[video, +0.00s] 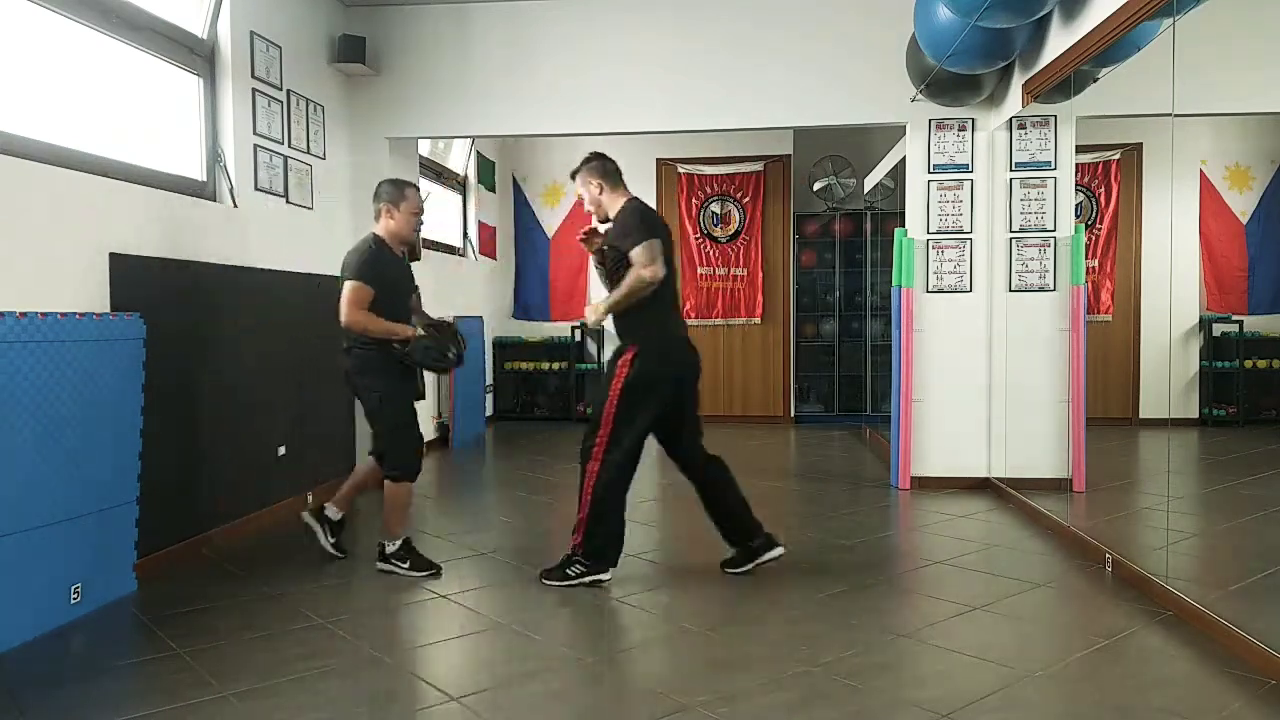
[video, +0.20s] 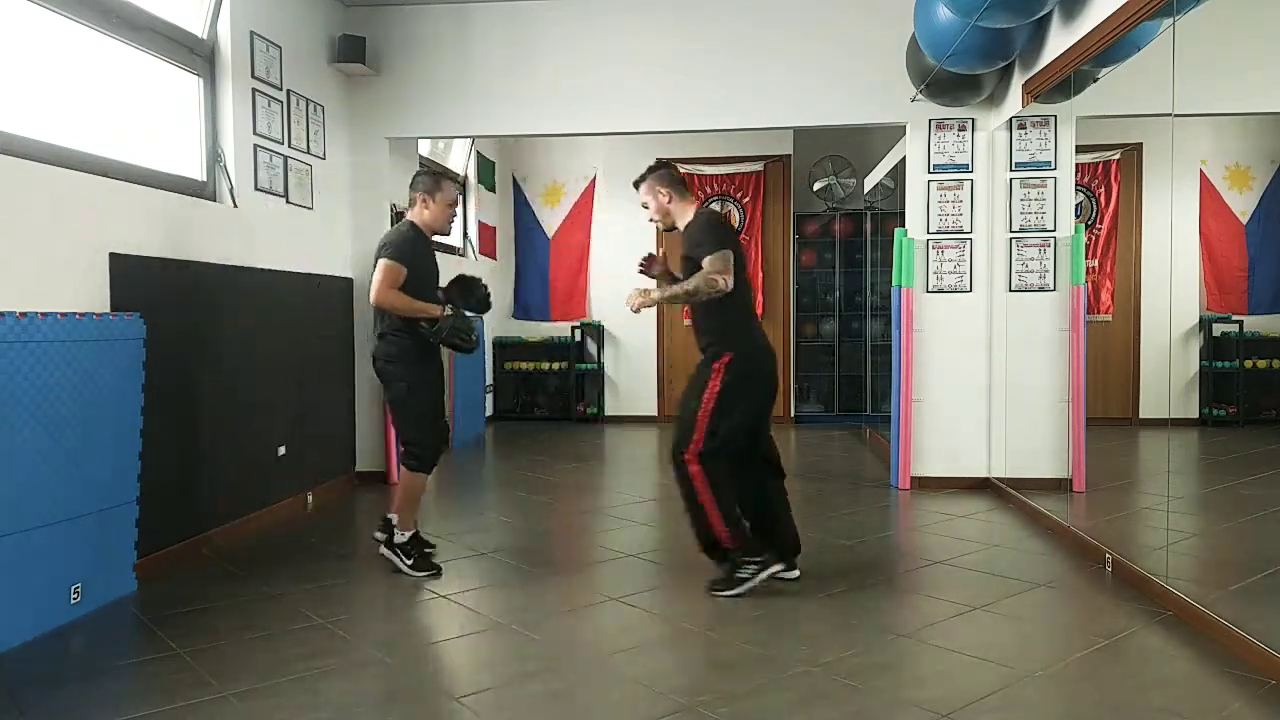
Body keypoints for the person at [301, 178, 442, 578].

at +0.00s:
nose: (420, 221)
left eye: (421, 214)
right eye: (414, 214)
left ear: (395, 214)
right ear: (387, 213)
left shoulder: (398, 260)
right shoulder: (368, 254)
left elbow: (405, 314)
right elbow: (351, 316)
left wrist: (429, 328)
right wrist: (408, 332)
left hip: (393, 367)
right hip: (373, 368)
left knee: (392, 454)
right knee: (405, 454)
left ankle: (330, 513)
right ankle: (394, 548)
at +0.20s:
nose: (454, 213)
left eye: (455, 206)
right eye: (449, 205)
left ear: (427, 204)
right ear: (422, 201)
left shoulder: (420, 243)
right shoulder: (403, 238)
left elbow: (412, 297)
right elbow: (382, 294)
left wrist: (448, 299)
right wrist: (436, 309)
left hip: (418, 355)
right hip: (402, 356)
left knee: (430, 441)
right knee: (422, 445)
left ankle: (398, 525)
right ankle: (402, 536)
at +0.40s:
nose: (477, 227)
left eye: (478, 220)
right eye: (472, 218)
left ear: (453, 218)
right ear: (446, 215)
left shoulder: (444, 254)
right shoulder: (427, 248)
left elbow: (460, 299)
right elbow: (411, 302)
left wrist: (498, 296)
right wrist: (466, 305)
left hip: (434, 363)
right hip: (428, 364)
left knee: (435, 446)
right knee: (480, 440)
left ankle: (408, 532)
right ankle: (452, 534)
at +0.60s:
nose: (504, 223)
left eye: (506, 216)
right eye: (499, 215)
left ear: (473, 213)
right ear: (473, 210)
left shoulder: (449, 245)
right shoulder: (464, 246)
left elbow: (464, 307)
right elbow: (469, 305)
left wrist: (513, 306)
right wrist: (521, 302)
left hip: (447, 364)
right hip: (463, 367)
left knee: (453, 450)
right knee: (475, 456)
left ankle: (420, 524)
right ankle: (475, 554)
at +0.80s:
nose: (524, 223)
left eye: (526, 216)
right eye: (520, 214)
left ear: (489, 211)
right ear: (494, 208)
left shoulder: (457, 244)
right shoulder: (491, 241)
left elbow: (433, 304)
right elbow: (504, 303)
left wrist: (484, 313)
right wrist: (552, 310)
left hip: (458, 358)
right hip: (480, 359)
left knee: (494, 450)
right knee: (499, 451)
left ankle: (488, 539)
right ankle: (482, 548)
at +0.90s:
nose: (523, 224)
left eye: (525, 216)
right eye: (519, 215)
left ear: (491, 212)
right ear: (494, 209)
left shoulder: (460, 245)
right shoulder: (488, 242)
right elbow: (500, 302)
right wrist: (548, 304)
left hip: (462, 366)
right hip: (489, 362)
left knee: (491, 450)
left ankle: (489, 544)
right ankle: (528, 512)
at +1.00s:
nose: (521, 224)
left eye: (522, 217)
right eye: (517, 215)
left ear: (490, 212)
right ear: (491, 209)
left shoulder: (467, 242)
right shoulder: (484, 239)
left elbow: (495, 300)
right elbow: (507, 296)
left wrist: (535, 289)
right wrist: (554, 293)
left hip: (469, 360)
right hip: (490, 351)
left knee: (498, 445)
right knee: (582, 366)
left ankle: (490, 544)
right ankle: (607, 454)